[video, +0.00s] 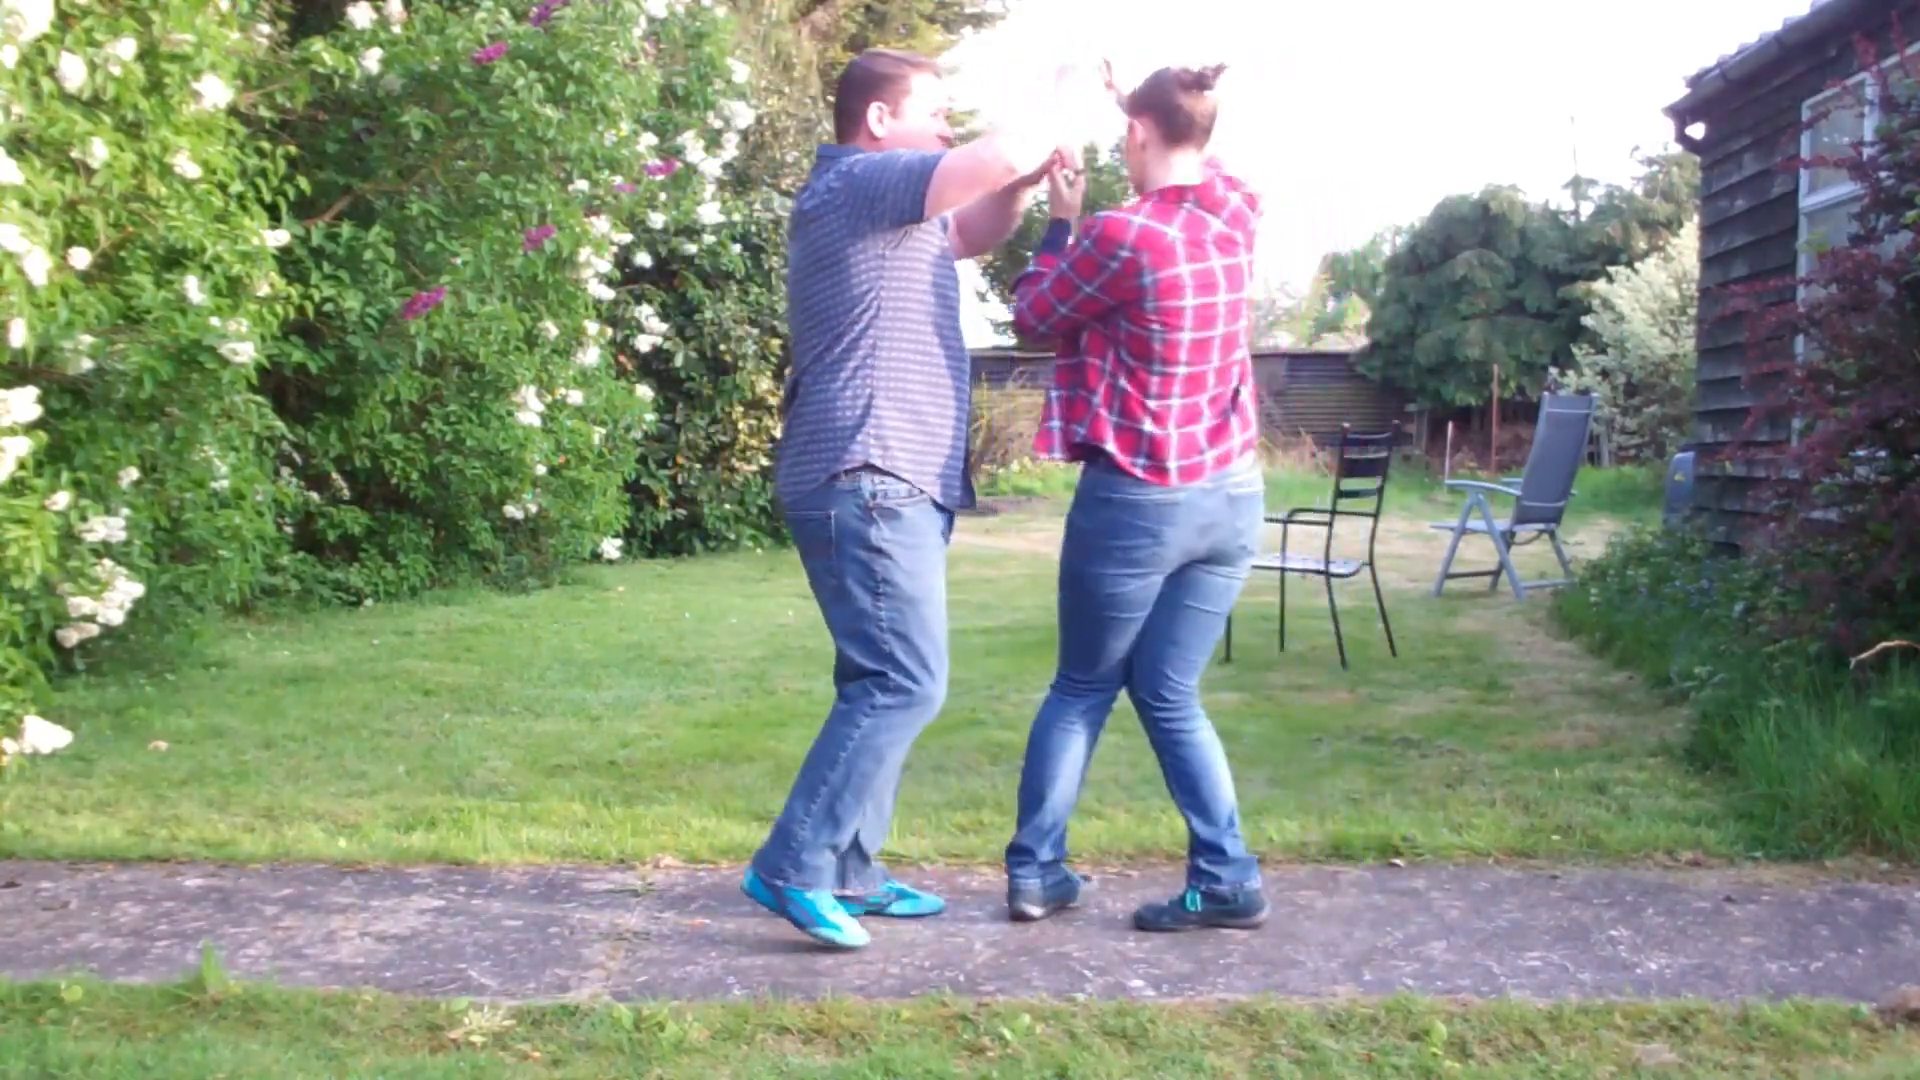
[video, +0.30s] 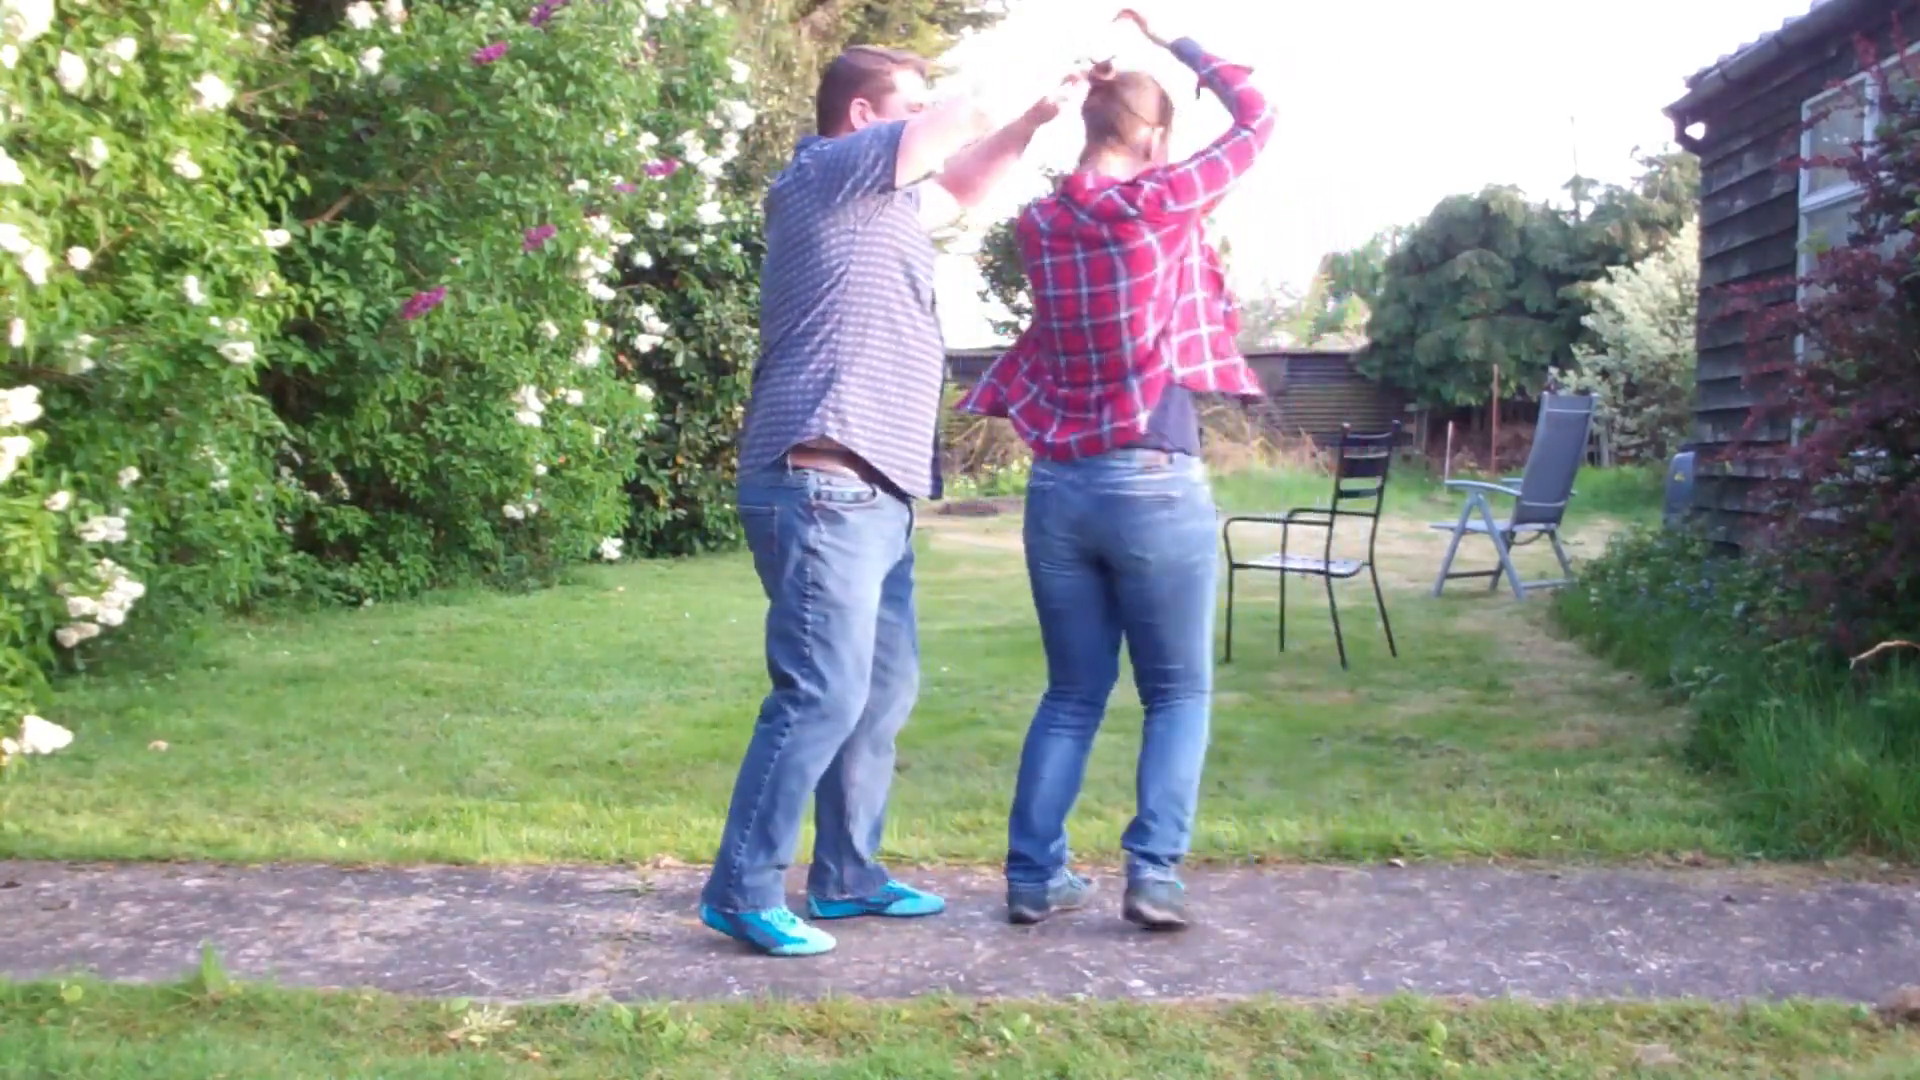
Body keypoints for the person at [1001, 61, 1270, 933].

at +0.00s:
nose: (1123, 141)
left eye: (1127, 129)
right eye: (1125, 129)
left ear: (1142, 135)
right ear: (1203, 136)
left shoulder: (1124, 235)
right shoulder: (1236, 214)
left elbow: (1032, 316)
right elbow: (1201, 170)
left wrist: (1062, 223)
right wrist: (1138, 100)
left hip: (1136, 501)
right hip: (1232, 497)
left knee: (1083, 685)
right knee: (1170, 688)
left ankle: (1034, 870)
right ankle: (1226, 879)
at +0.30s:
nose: (1171, 146)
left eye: (1166, 129)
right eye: (1166, 130)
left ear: (1085, 125)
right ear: (1148, 131)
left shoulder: (1037, 227)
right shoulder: (1164, 200)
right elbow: (1258, 120)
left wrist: (1091, 102)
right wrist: (1176, 44)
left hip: (1056, 489)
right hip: (1155, 485)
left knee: (1072, 691)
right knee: (1175, 690)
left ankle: (1033, 876)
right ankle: (1155, 871)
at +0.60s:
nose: (1160, 146)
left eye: (1164, 131)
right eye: (1148, 131)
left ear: (1152, 136)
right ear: (1114, 133)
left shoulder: (1156, 208)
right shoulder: (1076, 207)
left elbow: (1217, 124)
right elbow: (1142, 154)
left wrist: (1170, 39)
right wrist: (1128, 52)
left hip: (1163, 479)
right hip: (1118, 481)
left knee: (1152, 686)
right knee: (1165, 690)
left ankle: (1044, 846)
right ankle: (1112, 880)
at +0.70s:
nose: (1162, 140)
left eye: (1173, 125)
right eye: (1146, 123)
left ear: (1186, 131)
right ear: (1103, 126)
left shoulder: (1184, 202)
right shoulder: (1076, 216)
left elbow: (1241, 104)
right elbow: (1096, 168)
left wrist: (1169, 22)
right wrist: (1085, 73)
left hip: (1202, 475)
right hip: (1117, 476)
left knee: (1224, 683)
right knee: (1145, 694)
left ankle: (1089, 803)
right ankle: (1108, 883)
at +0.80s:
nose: (1148, 134)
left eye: (1163, 121)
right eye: (1132, 119)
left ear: (1183, 131)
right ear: (1103, 126)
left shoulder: (1201, 199)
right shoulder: (1085, 215)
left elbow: (1240, 95)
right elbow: (1066, 245)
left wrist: (1160, 19)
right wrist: (1056, 188)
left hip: (1225, 470)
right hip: (1124, 470)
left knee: (1243, 682)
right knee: (1137, 688)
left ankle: (1182, 819)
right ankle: (1106, 878)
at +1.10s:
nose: (1150, 139)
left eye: (1165, 124)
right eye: (1145, 127)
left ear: (1220, 124)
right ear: (1149, 129)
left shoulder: (1271, 189)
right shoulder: (1146, 230)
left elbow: (1202, 206)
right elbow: (1127, 357)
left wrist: (1081, 150)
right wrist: (1086, 469)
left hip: (1268, 480)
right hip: (1167, 482)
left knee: (1247, 688)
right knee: (1161, 690)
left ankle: (1314, 888)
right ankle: (1112, 877)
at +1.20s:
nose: (1169, 146)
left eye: (1182, 130)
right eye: (1168, 130)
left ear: (1236, 129)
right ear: (1201, 134)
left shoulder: (1285, 200)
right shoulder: (1193, 229)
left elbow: (1210, 263)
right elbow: (1165, 334)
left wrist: (1095, 220)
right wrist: (1127, 381)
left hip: (1287, 489)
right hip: (1194, 488)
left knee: (1257, 696)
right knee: (1168, 691)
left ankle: (1314, 891)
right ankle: (1144, 877)